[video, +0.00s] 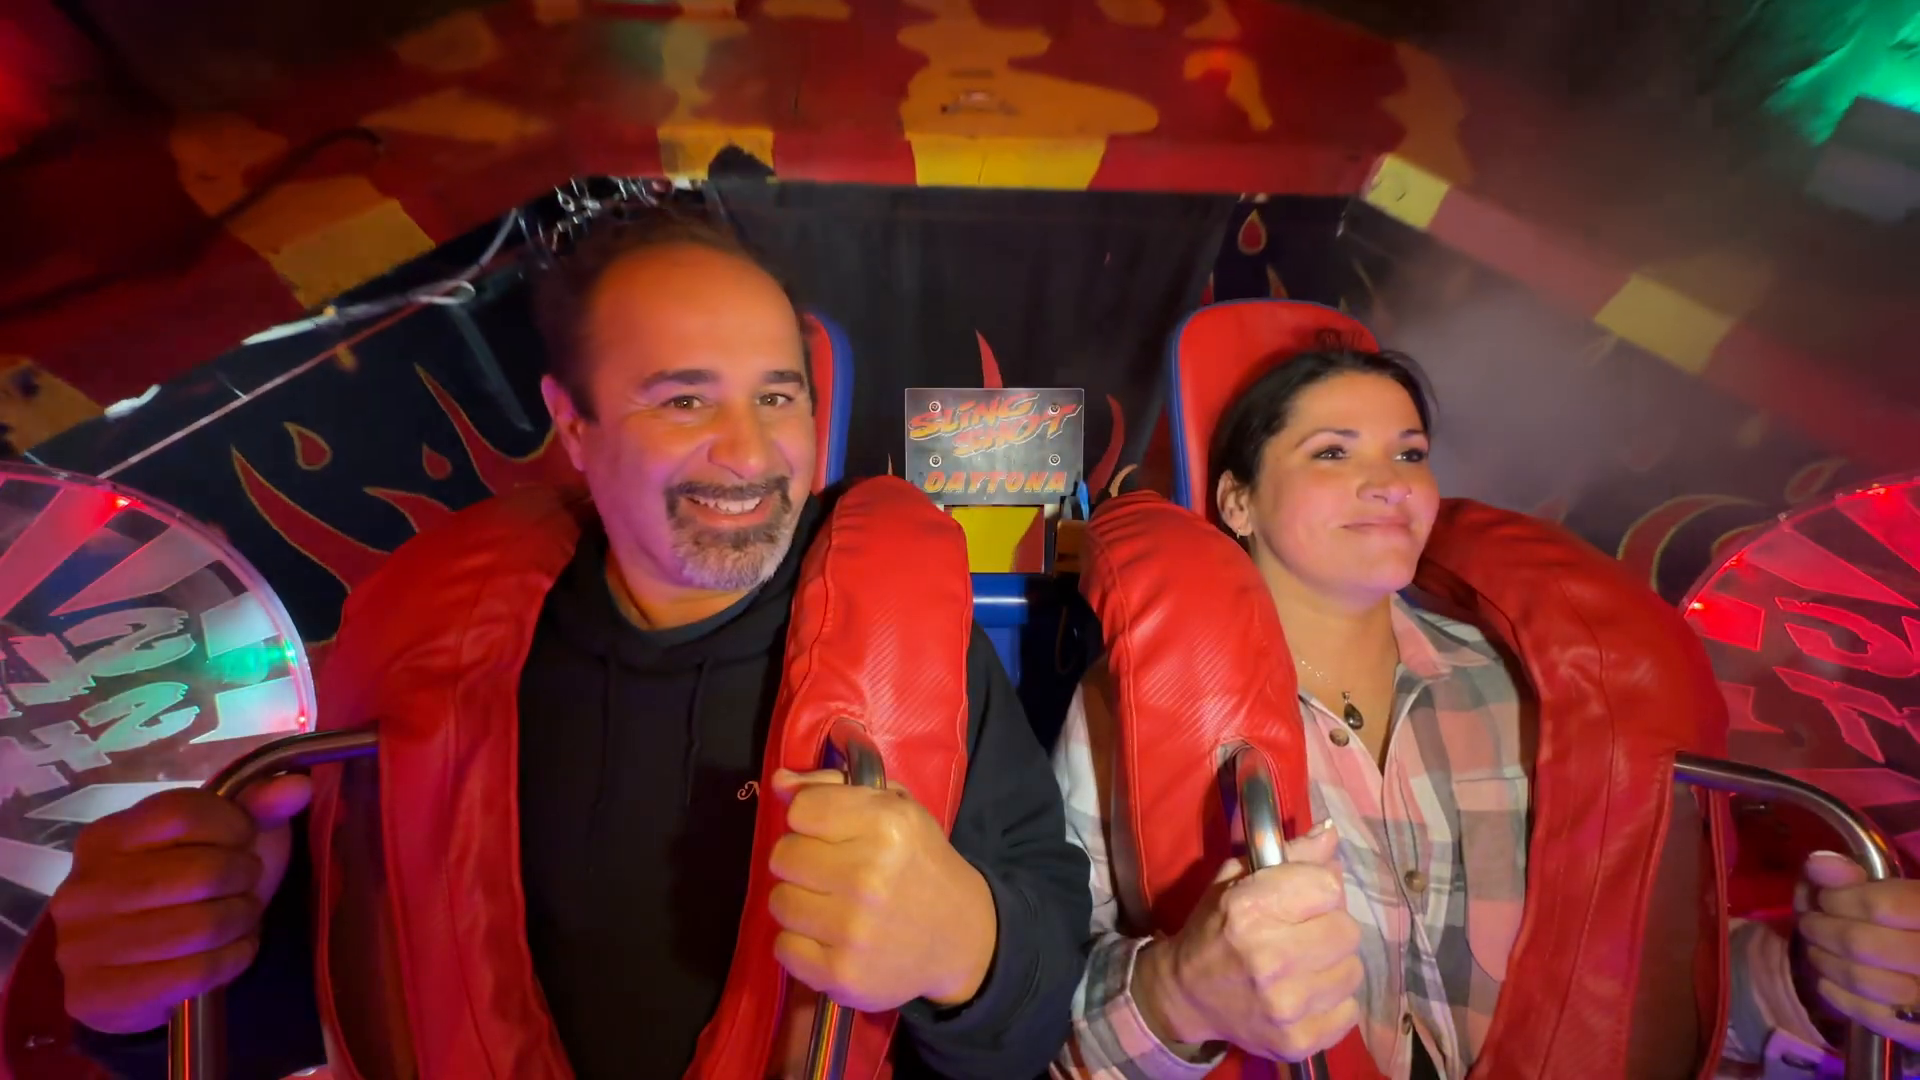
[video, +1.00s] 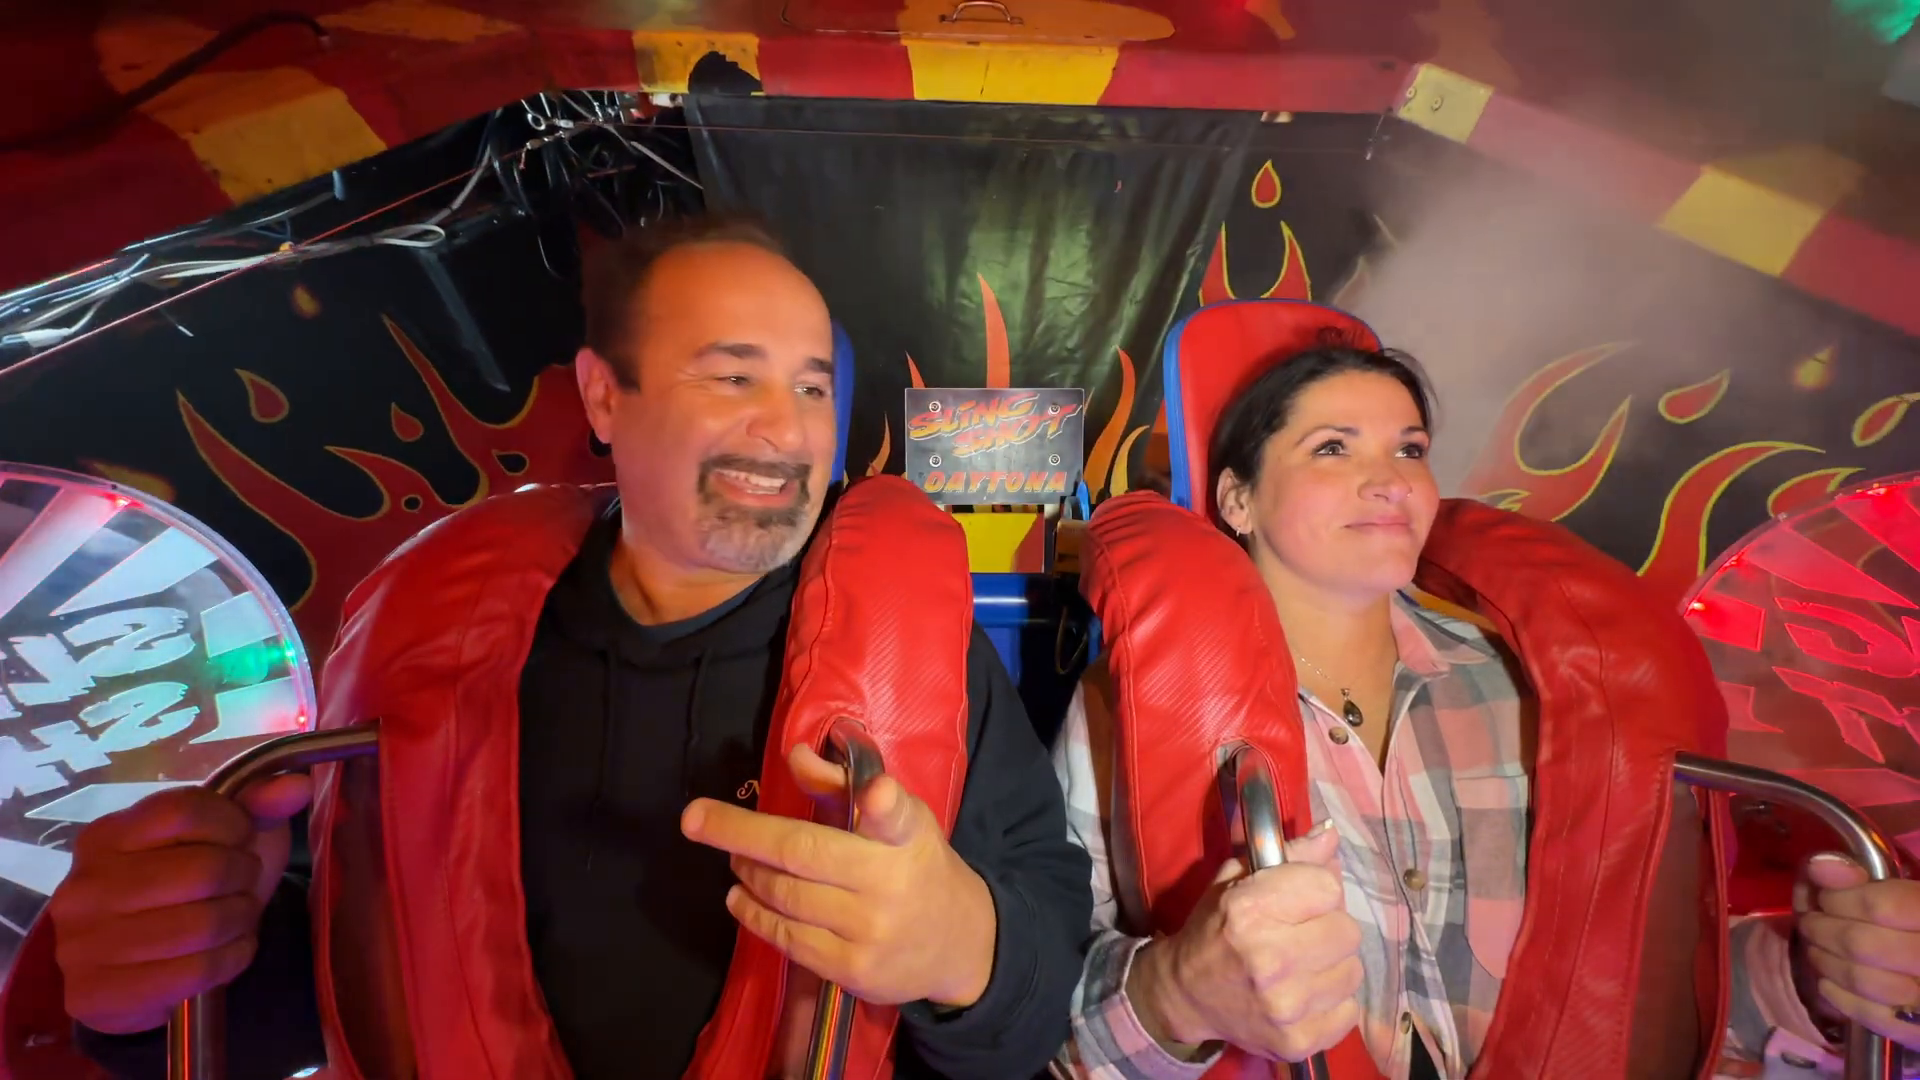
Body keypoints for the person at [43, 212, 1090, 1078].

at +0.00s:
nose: (747, 457)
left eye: (778, 398)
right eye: (681, 402)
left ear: (814, 409)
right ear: (570, 430)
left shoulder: (917, 654)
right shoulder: (425, 643)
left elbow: (1043, 979)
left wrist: (974, 945)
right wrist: (105, 972)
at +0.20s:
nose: (728, 456)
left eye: (764, 396)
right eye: (661, 400)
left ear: (809, 412)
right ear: (565, 431)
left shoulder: (916, 656)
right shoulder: (425, 647)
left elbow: (1041, 1002)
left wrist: (976, 945)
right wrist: (110, 979)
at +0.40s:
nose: (712, 448)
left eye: (754, 394)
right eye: (650, 395)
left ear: (808, 416)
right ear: (560, 427)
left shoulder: (920, 656)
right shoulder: (428, 646)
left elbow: (1042, 993)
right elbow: (319, 987)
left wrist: (975, 947)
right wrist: (116, 971)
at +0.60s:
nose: (717, 434)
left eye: (762, 386)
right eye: (661, 379)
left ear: (817, 421)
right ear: (577, 414)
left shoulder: (923, 662)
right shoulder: (434, 641)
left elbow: (1043, 994)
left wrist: (980, 945)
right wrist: (117, 965)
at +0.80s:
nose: (749, 430)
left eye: (789, 383)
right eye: (695, 373)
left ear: (830, 421)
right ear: (596, 402)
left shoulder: (929, 672)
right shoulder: (429, 635)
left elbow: (1041, 1015)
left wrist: (981, 950)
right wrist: (107, 972)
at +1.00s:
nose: (784, 426)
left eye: (813, 386)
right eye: (730, 375)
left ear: (839, 421)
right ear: (604, 404)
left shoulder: (927, 664)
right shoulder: (433, 628)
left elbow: (1042, 1002)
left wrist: (972, 949)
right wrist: (112, 976)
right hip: (482, 1061)